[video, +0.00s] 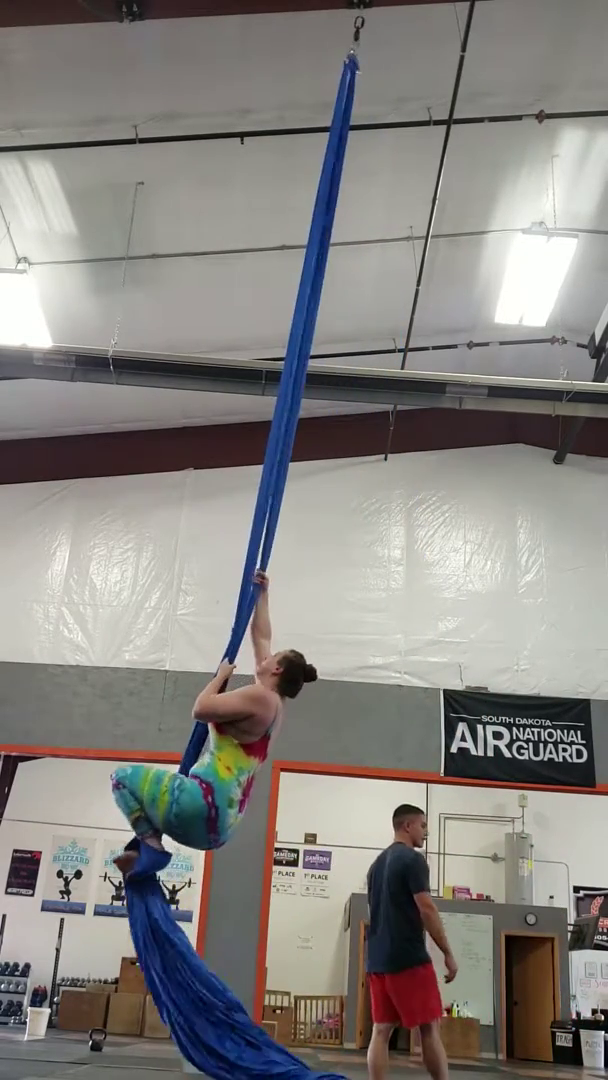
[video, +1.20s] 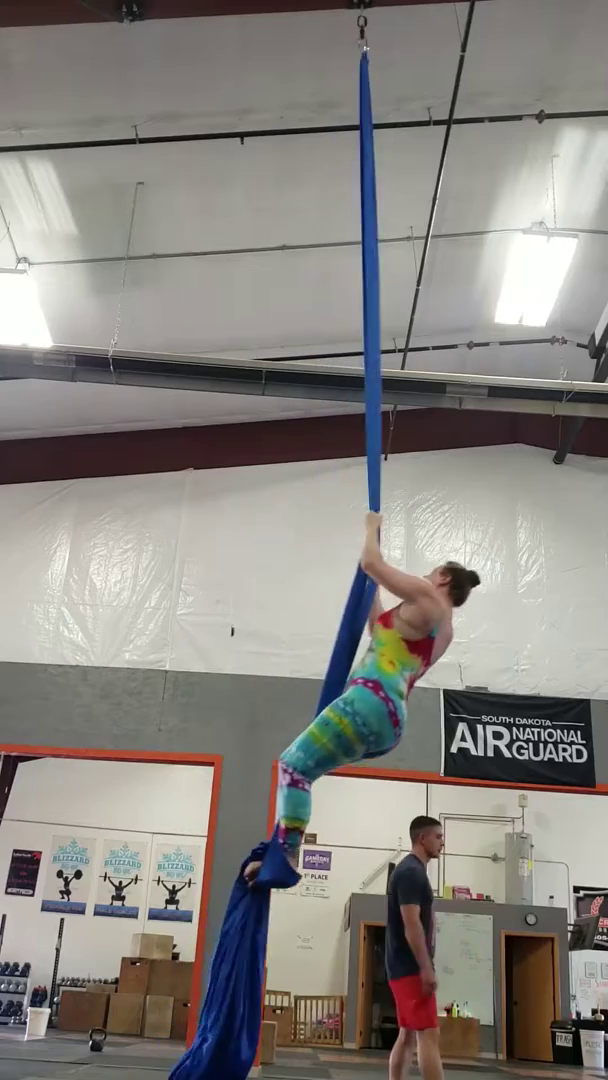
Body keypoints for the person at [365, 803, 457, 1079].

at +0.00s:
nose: (425, 831)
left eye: (425, 826)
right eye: (422, 825)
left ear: (401, 827)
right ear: (406, 826)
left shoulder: (377, 863)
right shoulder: (412, 859)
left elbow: (377, 914)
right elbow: (427, 909)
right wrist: (447, 952)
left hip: (378, 960)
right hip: (408, 959)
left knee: (380, 1032)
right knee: (429, 1029)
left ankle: (377, 1077)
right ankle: (442, 1076)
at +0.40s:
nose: (453, 836)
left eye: (453, 830)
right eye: (451, 830)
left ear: (426, 831)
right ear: (441, 831)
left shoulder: (406, 866)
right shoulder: (441, 866)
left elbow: (406, 918)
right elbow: (452, 919)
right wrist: (469, 964)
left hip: (403, 963)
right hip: (434, 964)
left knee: (406, 1032)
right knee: (448, 1035)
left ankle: (388, 1077)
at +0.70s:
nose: (461, 838)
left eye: (461, 833)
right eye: (461, 833)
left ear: (434, 832)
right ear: (455, 833)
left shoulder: (416, 866)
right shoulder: (452, 867)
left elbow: (416, 916)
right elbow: (467, 920)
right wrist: (484, 965)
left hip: (416, 960)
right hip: (443, 960)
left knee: (424, 1030)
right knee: (455, 1032)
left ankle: (396, 1076)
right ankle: (450, 1077)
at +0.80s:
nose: (461, 836)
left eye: (460, 831)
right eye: (459, 831)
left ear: (434, 832)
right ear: (449, 833)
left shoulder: (416, 867)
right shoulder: (447, 868)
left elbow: (422, 916)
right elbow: (464, 921)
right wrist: (487, 961)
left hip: (416, 962)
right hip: (441, 963)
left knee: (422, 1033)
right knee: (452, 1035)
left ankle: (402, 1077)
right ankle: (449, 1078)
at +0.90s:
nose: (457, 837)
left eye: (457, 831)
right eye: (454, 831)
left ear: (434, 833)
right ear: (441, 833)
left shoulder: (415, 867)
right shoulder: (439, 869)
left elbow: (418, 919)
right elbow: (456, 921)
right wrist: (485, 957)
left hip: (414, 962)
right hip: (437, 963)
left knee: (420, 1034)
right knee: (452, 1034)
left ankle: (400, 1077)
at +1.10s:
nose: (446, 840)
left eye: (446, 834)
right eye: (442, 834)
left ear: (424, 836)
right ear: (426, 835)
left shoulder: (413, 867)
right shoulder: (419, 870)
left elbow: (420, 922)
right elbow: (427, 922)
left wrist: (446, 959)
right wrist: (453, 960)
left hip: (405, 964)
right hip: (421, 965)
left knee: (410, 1034)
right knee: (438, 1033)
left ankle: (397, 1077)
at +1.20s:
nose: (442, 842)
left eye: (442, 837)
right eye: (438, 837)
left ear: (422, 839)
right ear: (421, 838)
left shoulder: (410, 869)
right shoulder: (411, 871)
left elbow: (411, 924)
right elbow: (412, 926)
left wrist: (423, 966)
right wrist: (426, 967)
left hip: (403, 967)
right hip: (411, 967)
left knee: (406, 1036)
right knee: (428, 1036)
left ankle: (395, 1077)